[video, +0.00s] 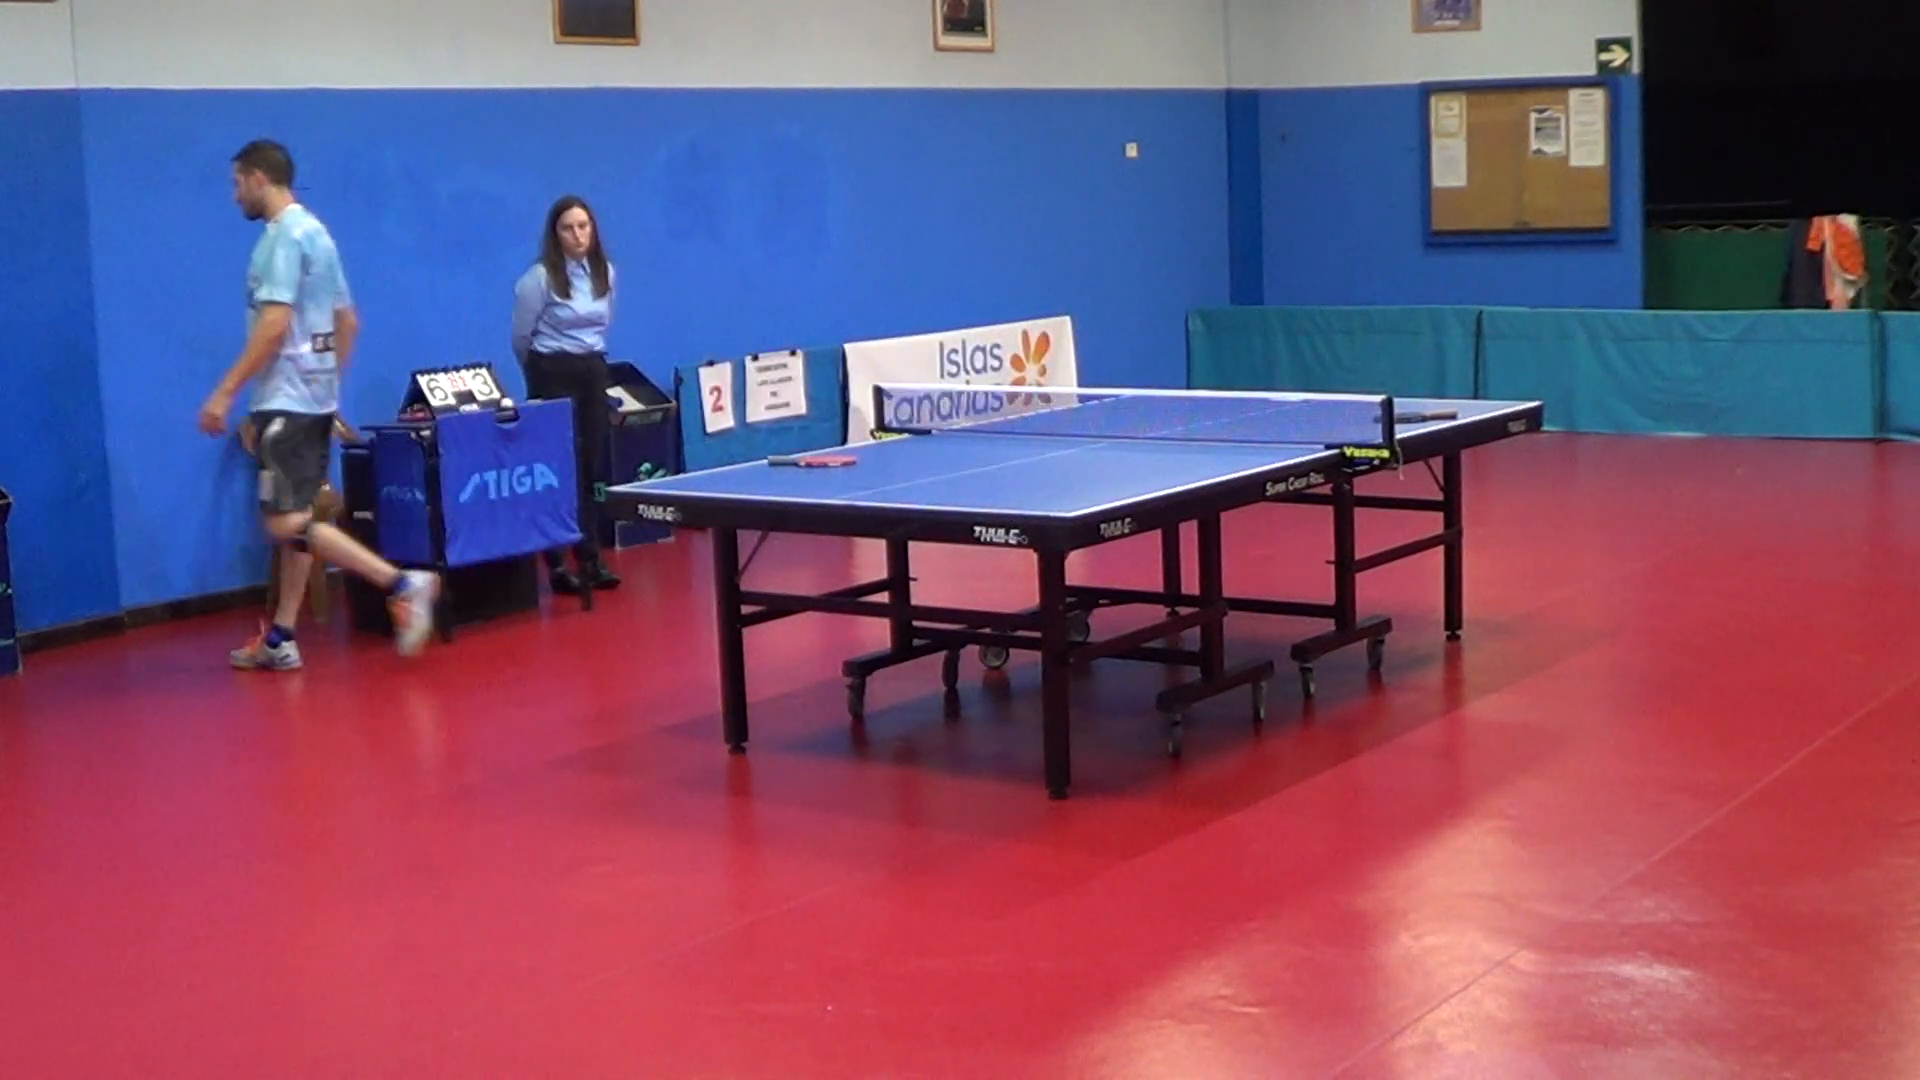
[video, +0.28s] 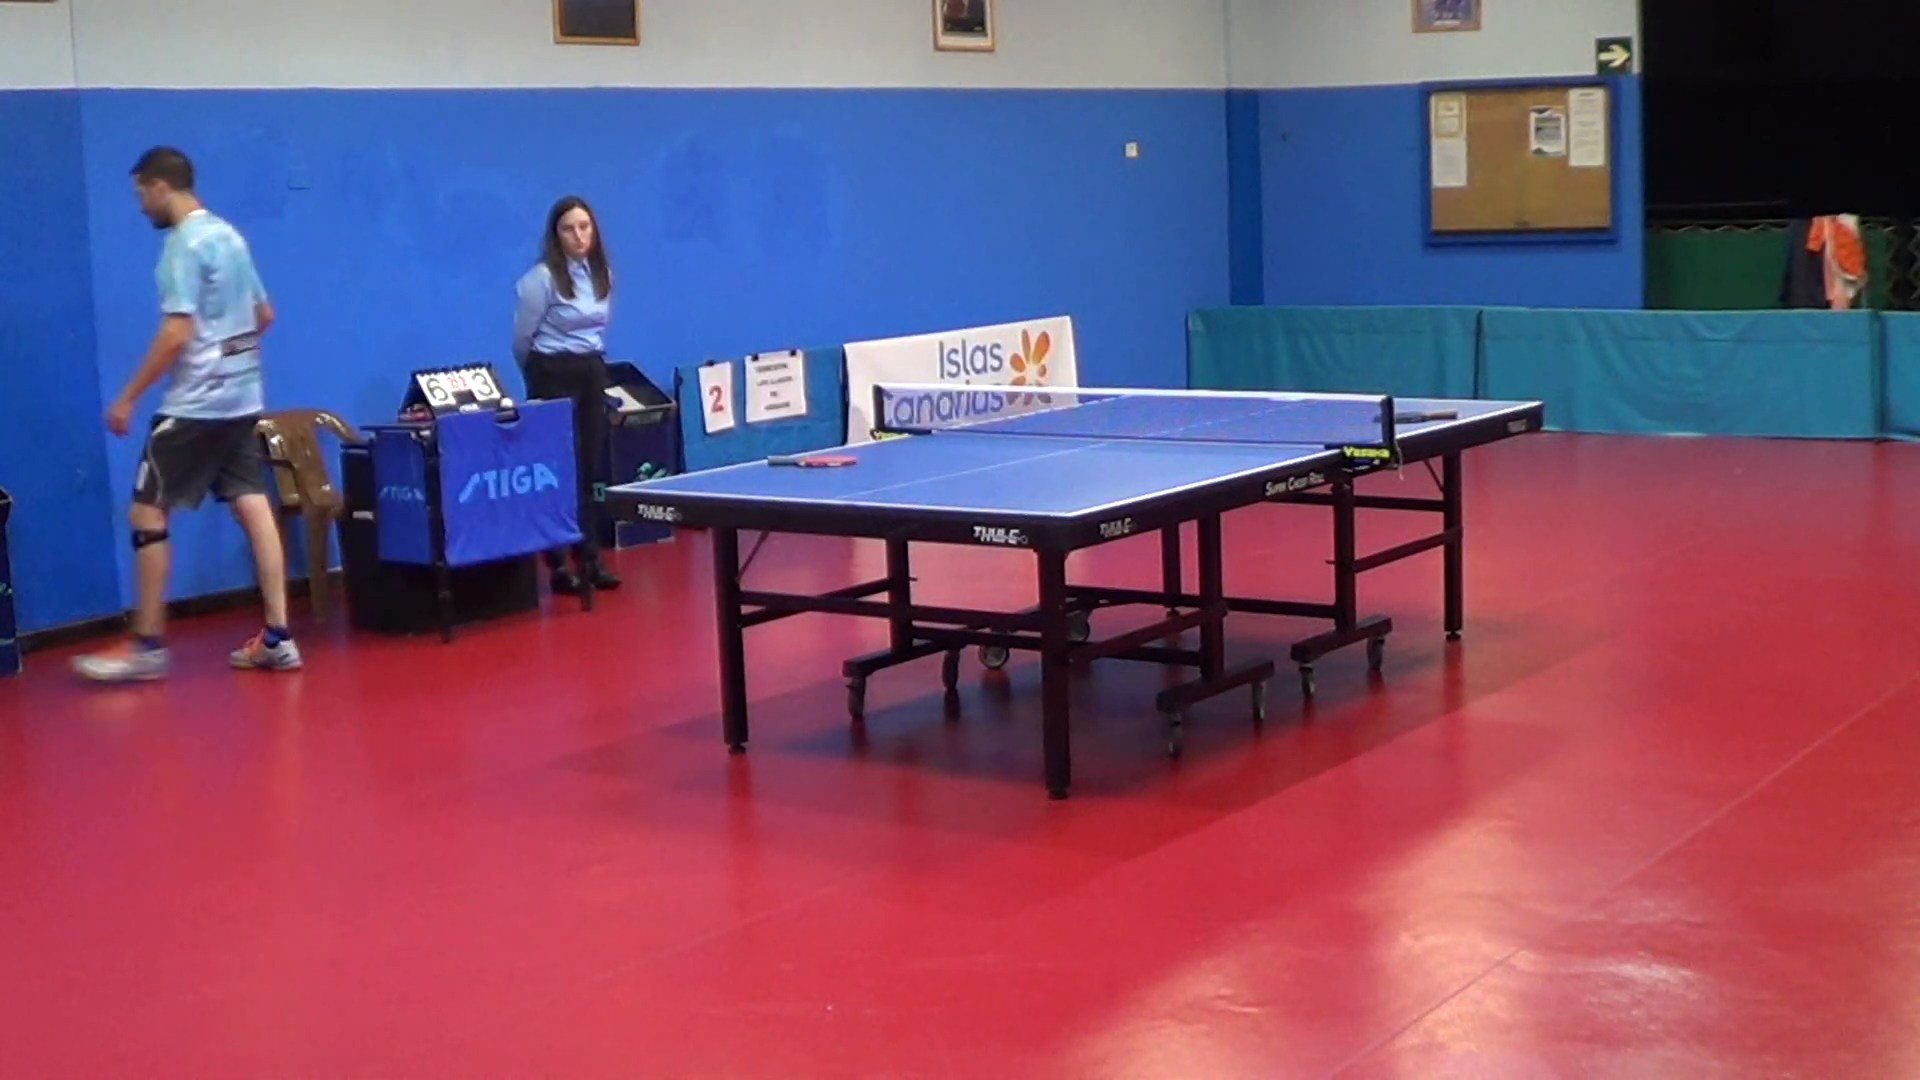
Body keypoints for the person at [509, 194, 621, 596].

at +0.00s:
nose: (578, 234)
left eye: (583, 225)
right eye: (569, 228)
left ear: (593, 229)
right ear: (556, 234)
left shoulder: (606, 271)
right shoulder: (538, 279)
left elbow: (605, 322)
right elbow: (520, 334)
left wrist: (587, 352)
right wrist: (533, 363)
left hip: (593, 367)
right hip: (551, 369)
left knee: (592, 460)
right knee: (557, 462)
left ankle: (591, 556)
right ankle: (558, 563)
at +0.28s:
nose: (579, 234)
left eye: (585, 226)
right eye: (570, 228)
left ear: (594, 231)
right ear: (556, 235)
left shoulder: (601, 273)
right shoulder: (540, 279)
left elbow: (600, 325)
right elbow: (521, 335)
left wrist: (581, 355)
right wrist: (530, 366)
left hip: (592, 367)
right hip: (551, 369)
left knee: (590, 462)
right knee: (557, 464)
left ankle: (590, 557)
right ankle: (560, 564)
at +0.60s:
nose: (577, 236)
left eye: (583, 228)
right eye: (569, 230)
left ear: (593, 232)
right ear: (555, 235)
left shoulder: (599, 273)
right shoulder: (538, 278)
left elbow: (598, 324)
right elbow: (520, 333)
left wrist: (580, 354)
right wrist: (528, 366)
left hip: (590, 367)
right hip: (550, 369)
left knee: (589, 462)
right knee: (558, 464)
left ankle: (590, 556)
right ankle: (560, 564)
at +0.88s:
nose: (572, 241)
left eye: (579, 234)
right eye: (565, 234)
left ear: (591, 237)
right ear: (553, 236)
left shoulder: (596, 274)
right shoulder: (535, 278)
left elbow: (596, 324)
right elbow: (518, 334)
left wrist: (577, 354)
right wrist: (530, 368)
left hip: (590, 366)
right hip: (549, 369)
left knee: (589, 462)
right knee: (557, 464)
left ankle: (591, 556)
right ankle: (560, 564)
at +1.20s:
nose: (569, 243)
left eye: (576, 235)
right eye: (561, 235)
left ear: (587, 236)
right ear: (549, 237)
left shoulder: (595, 272)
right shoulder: (532, 279)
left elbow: (595, 322)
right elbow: (516, 335)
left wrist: (576, 354)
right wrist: (529, 368)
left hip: (589, 366)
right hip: (549, 369)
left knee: (587, 463)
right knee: (556, 464)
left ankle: (589, 557)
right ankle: (561, 564)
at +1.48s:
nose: (568, 241)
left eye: (574, 233)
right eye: (560, 234)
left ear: (586, 235)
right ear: (548, 237)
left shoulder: (594, 272)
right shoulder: (531, 279)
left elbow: (594, 322)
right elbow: (515, 335)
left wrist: (576, 353)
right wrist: (530, 369)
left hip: (589, 366)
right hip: (549, 368)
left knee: (587, 463)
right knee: (557, 464)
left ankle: (590, 558)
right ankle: (560, 564)